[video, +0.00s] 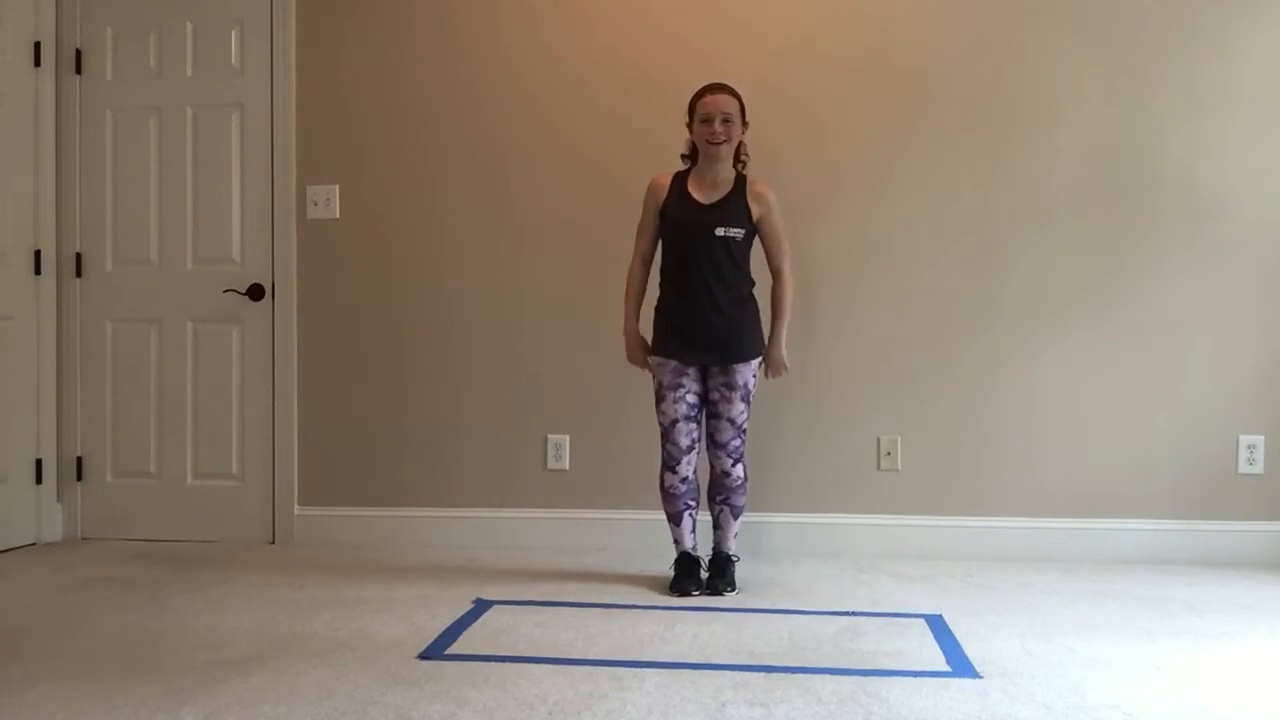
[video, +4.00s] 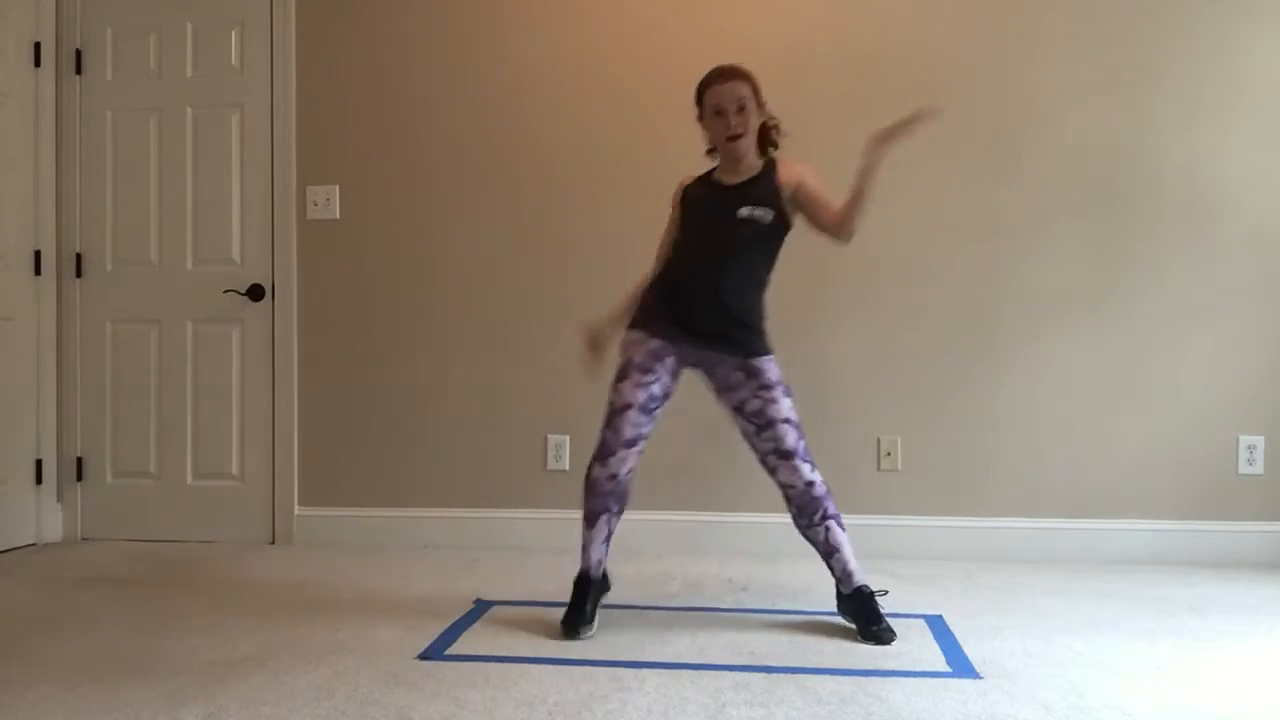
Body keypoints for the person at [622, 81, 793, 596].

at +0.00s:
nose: (717, 128)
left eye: (727, 119)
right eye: (707, 119)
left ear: (742, 128)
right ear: (691, 128)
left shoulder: (756, 196)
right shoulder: (664, 189)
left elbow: (781, 271)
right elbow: (641, 261)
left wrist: (777, 342)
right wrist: (631, 327)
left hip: (737, 346)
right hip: (674, 343)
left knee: (727, 454)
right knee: (678, 452)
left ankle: (724, 555)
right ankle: (685, 556)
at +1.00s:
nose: (705, 129)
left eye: (713, 119)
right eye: (693, 121)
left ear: (724, 125)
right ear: (674, 130)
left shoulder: (750, 188)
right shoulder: (656, 192)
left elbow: (762, 265)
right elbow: (646, 268)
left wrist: (774, 333)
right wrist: (628, 333)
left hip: (736, 344)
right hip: (675, 343)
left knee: (728, 451)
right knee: (680, 451)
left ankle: (724, 555)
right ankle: (686, 557)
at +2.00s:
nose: (702, 131)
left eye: (710, 123)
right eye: (690, 123)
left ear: (721, 129)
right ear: (670, 131)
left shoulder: (739, 192)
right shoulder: (647, 190)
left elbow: (770, 252)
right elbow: (630, 263)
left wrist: (811, 282)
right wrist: (604, 308)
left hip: (723, 341)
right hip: (664, 341)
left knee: (721, 448)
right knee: (672, 450)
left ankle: (724, 555)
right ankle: (683, 556)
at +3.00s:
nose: (693, 128)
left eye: (703, 119)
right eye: (682, 120)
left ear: (718, 128)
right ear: (667, 130)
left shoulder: (739, 191)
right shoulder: (649, 192)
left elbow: (757, 259)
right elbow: (639, 269)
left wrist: (768, 309)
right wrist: (612, 334)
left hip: (724, 345)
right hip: (660, 344)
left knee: (723, 454)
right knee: (658, 455)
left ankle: (723, 554)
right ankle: (678, 561)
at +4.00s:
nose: (731, 121)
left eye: (741, 108)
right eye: (718, 113)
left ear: (761, 113)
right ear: (703, 124)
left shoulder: (784, 180)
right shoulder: (689, 193)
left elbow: (842, 227)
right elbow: (663, 269)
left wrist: (873, 155)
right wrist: (612, 324)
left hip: (736, 341)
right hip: (659, 330)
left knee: (793, 467)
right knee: (612, 457)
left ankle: (853, 589)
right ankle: (590, 579)